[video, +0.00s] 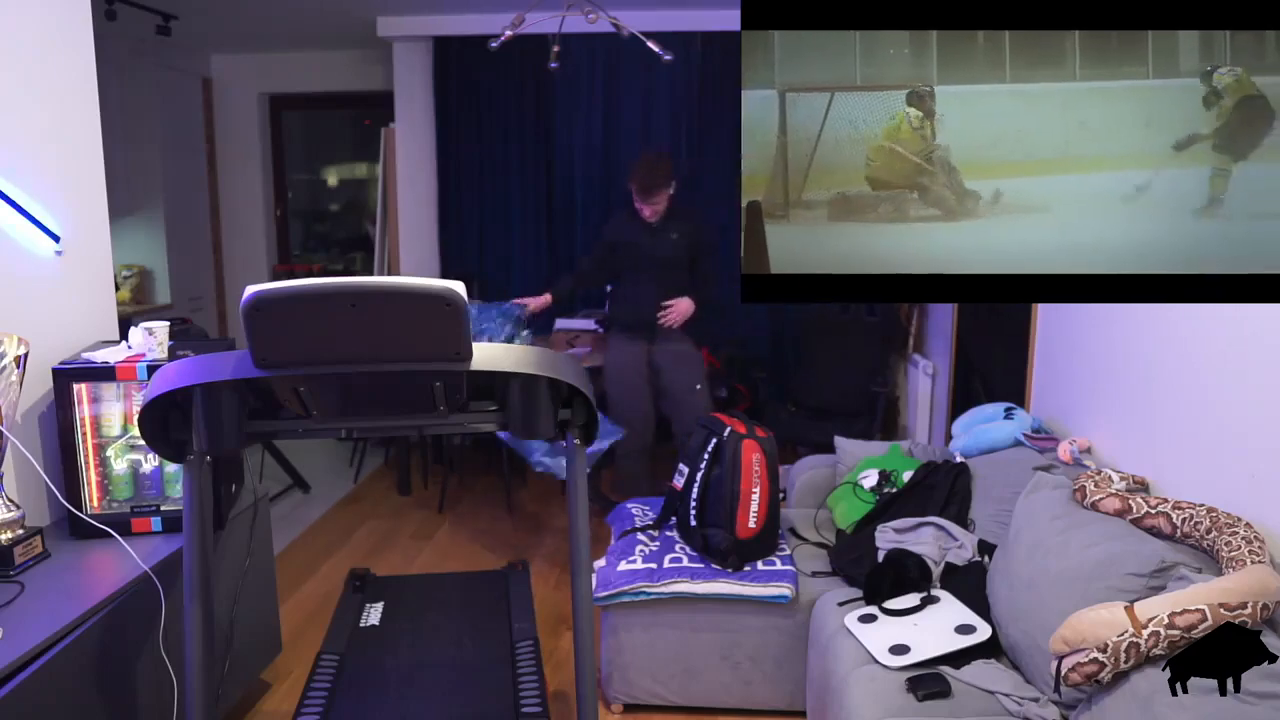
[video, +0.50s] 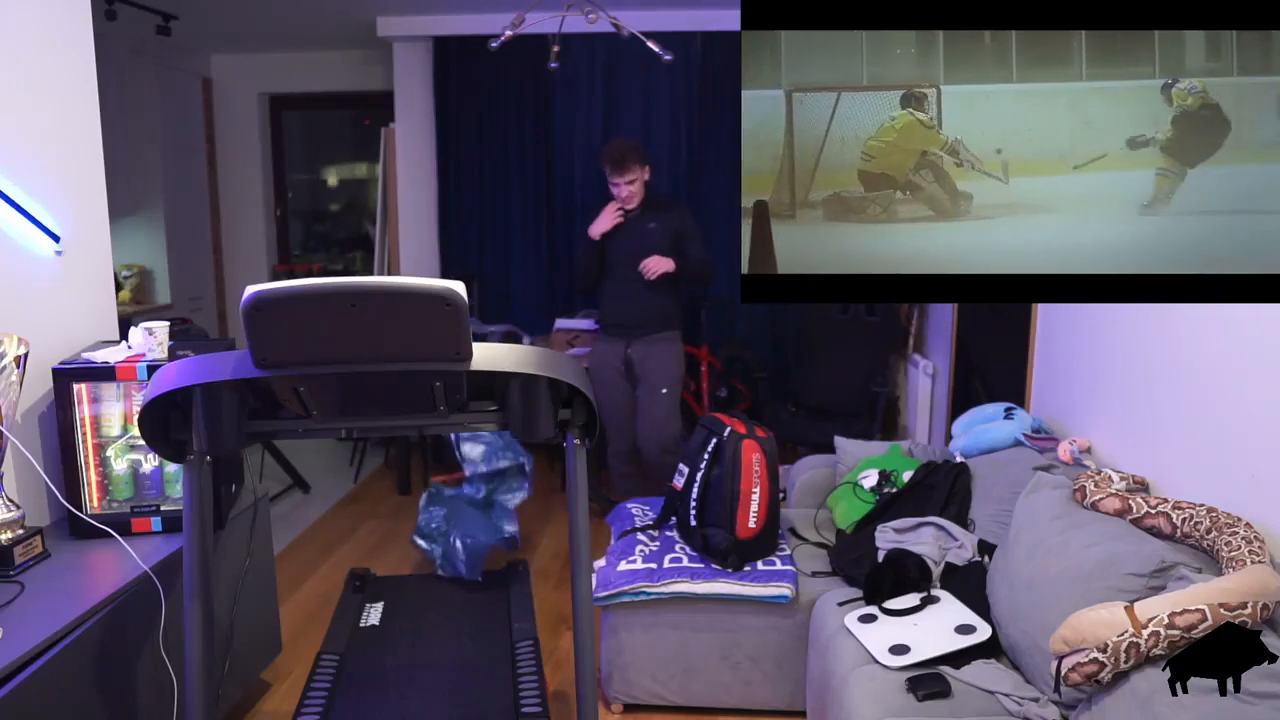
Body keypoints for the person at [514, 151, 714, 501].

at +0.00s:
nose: (645, 210)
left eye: (653, 203)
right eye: (639, 202)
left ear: (671, 191)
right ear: (631, 191)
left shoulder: (690, 228)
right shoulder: (621, 225)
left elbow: (707, 279)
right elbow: (591, 271)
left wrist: (693, 301)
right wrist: (548, 298)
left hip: (675, 337)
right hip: (626, 338)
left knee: (696, 422)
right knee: (633, 427)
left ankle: (701, 504)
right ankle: (637, 507)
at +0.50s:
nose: (623, 192)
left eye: (631, 182)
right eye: (615, 184)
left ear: (646, 175)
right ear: (607, 180)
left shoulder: (671, 217)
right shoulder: (603, 222)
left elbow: (702, 270)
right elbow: (583, 284)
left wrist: (675, 263)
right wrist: (593, 235)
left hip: (659, 342)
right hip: (610, 344)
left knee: (658, 439)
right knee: (618, 445)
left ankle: (676, 517)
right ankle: (633, 523)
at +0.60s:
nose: (622, 186)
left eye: (629, 176)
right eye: (614, 178)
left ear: (645, 172)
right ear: (606, 179)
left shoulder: (671, 217)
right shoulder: (603, 222)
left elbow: (699, 270)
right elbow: (583, 280)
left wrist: (673, 262)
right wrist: (596, 234)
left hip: (659, 343)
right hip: (610, 344)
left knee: (650, 442)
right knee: (616, 446)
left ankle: (674, 515)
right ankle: (630, 524)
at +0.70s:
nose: (622, 181)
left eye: (629, 171)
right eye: (614, 173)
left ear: (645, 169)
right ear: (606, 177)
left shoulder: (671, 216)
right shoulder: (601, 220)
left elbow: (698, 271)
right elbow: (585, 281)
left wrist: (671, 260)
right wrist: (604, 238)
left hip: (660, 342)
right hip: (609, 343)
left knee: (648, 442)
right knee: (616, 446)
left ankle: (667, 521)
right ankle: (627, 528)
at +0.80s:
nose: (624, 177)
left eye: (631, 167)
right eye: (616, 169)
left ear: (646, 169)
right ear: (607, 175)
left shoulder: (671, 216)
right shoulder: (599, 221)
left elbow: (698, 272)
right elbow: (586, 282)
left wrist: (670, 255)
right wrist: (609, 244)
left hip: (661, 342)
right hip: (610, 343)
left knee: (648, 440)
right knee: (616, 445)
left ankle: (669, 521)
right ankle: (629, 527)